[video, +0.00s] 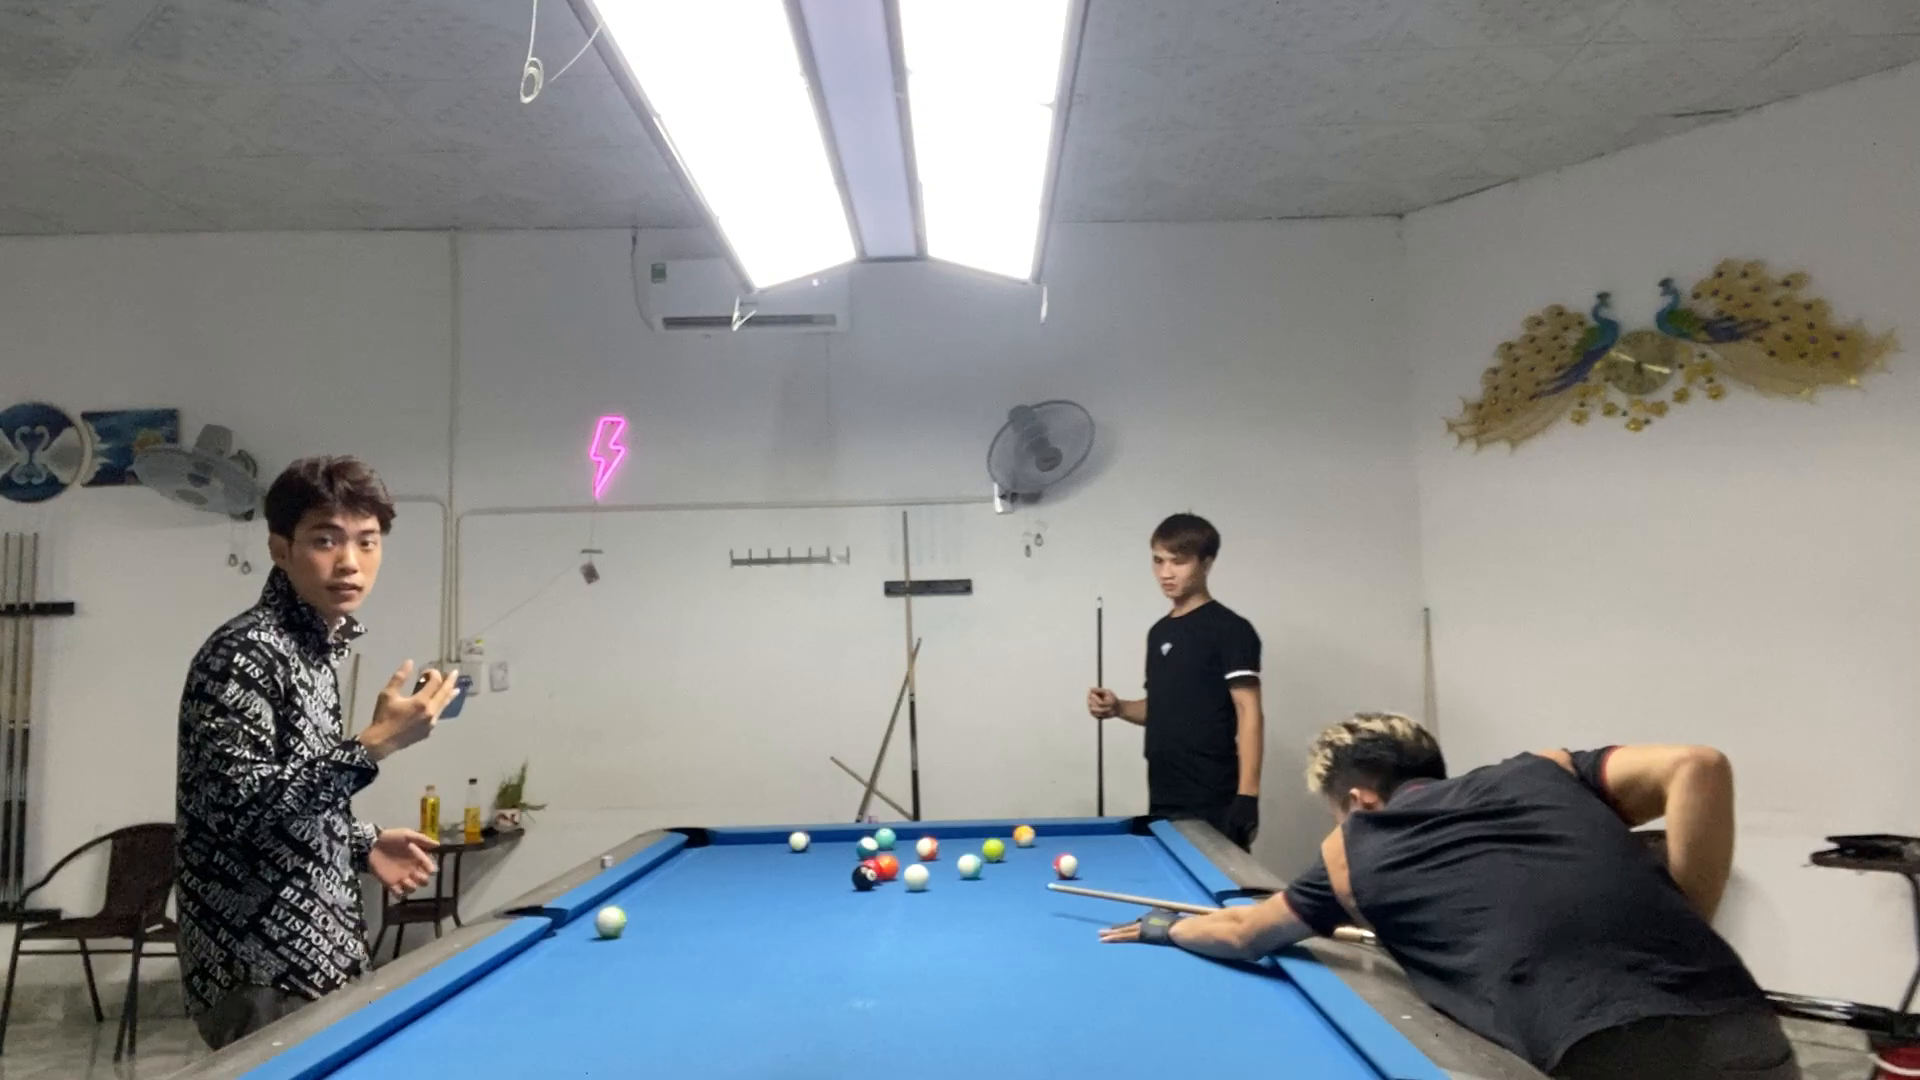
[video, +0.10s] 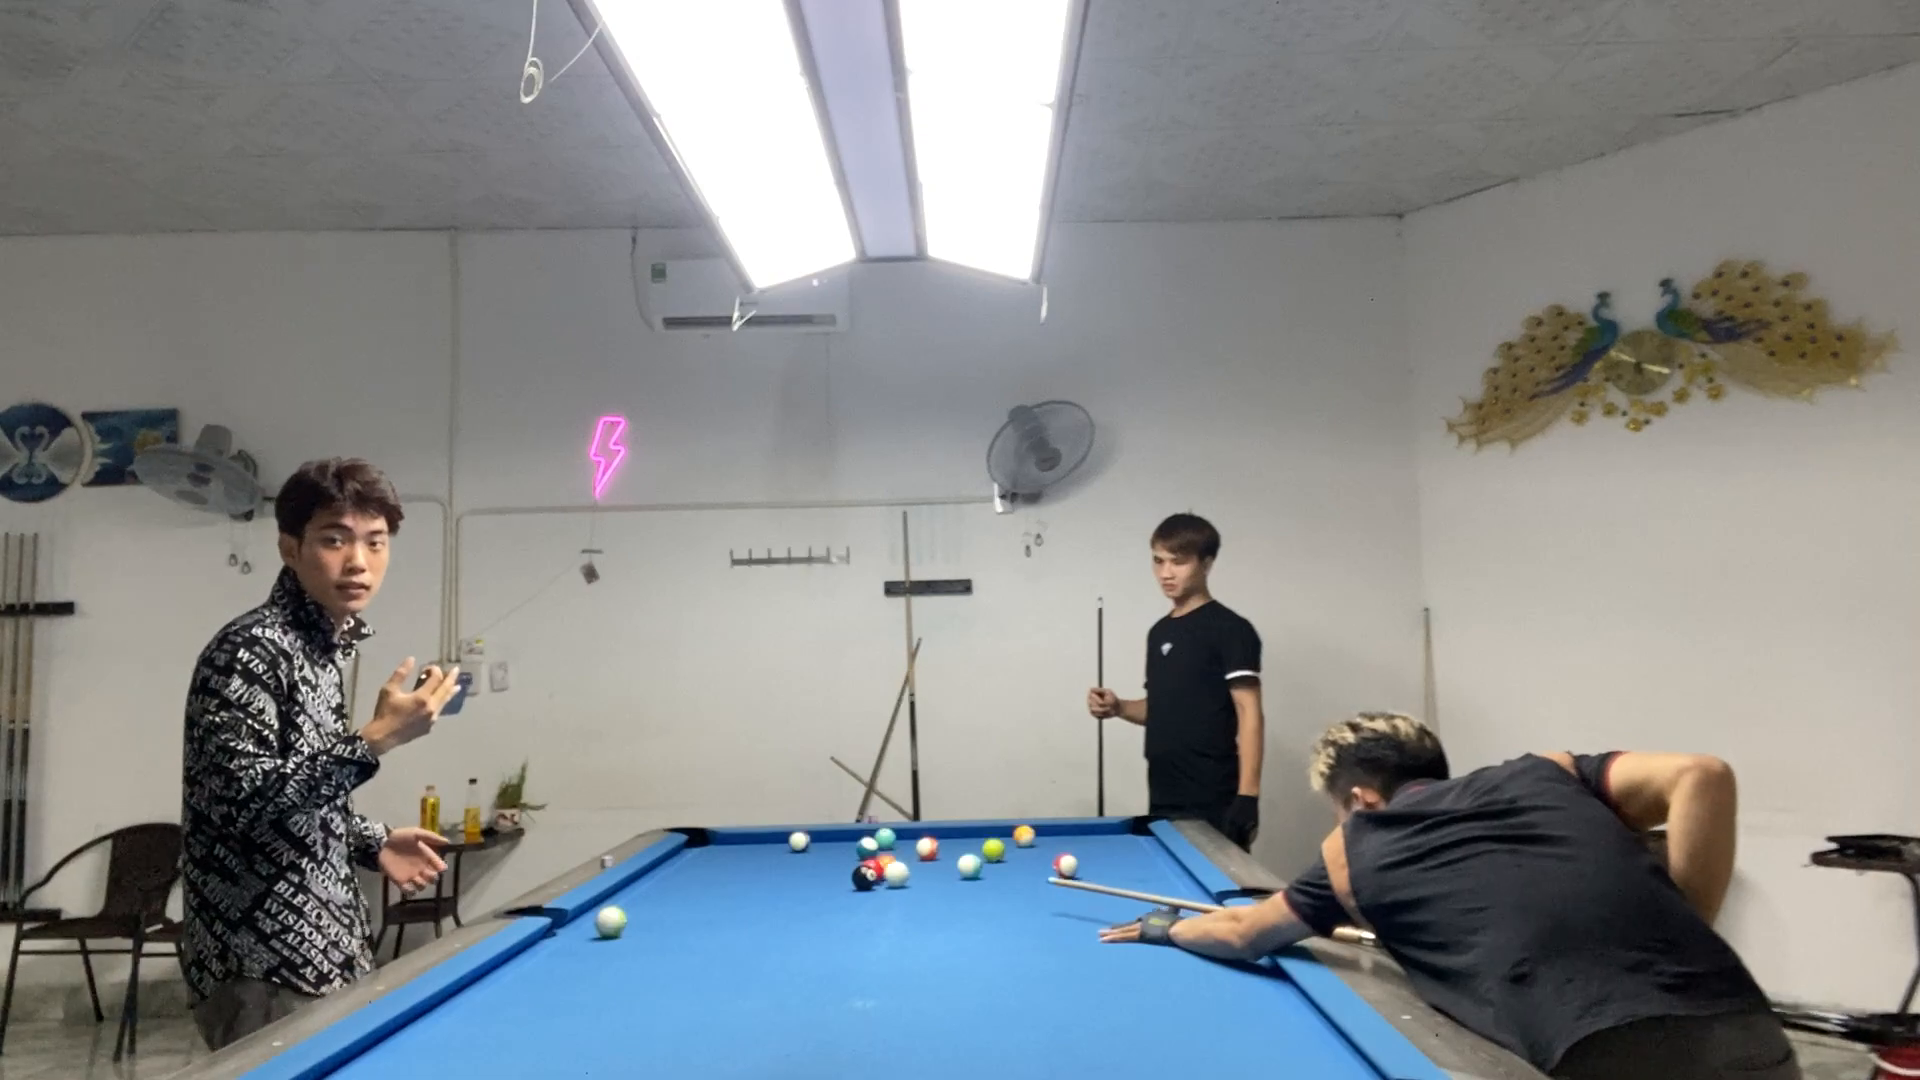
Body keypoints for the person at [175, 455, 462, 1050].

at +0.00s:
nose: (350, 561)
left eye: (366, 541)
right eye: (326, 540)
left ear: (381, 552)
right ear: (281, 549)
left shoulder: (314, 658)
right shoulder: (241, 654)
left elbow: (293, 807)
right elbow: (243, 810)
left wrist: (366, 844)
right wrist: (374, 743)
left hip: (321, 951)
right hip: (259, 967)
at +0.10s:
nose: (358, 561)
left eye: (374, 541)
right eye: (335, 540)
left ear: (388, 553)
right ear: (291, 549)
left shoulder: (319, 659)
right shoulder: (246, 653)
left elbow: (301, 801)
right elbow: (247, 807)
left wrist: (375, 843)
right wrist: (376, 737)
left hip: (327, 949)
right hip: (261, 965)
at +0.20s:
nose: (363, 562)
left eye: (379, 543)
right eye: (340, 540)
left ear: (392, 554)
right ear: (297, 549)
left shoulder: (324, 660)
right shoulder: (247, 652)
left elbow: (310, 797)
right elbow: (245, 801)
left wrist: (381, 844)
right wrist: (374, 733)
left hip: (329, 950)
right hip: (257, 964)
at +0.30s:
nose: (364, 564)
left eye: (381, 545)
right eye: (341, 542)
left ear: (394, 555)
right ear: (299, 551)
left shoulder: (326, 657)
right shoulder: (248, 651)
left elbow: (306, 799)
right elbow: (242, 799)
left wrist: (383, 847)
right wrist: (371, 732)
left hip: (321, 952)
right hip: (246, 963)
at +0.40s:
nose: (360, 564)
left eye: (376, 545)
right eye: (337, 543)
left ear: (389, 557)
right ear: (296, 554)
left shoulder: (323, 659)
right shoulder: (243, 650)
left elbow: (307, 795)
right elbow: (231, 788)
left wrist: (375, 850)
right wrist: (363, 732)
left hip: (313, 950)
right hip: (237, 958)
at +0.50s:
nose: (347, 564)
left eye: (363, 545)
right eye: (324, 543)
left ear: (376, 555)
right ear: (282, 554)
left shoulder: (308, 659)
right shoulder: (231, 651)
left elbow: (294, 797)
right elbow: (220, 786)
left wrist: (355, 854)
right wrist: (352, 731)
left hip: (303, 954)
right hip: (229, 962)